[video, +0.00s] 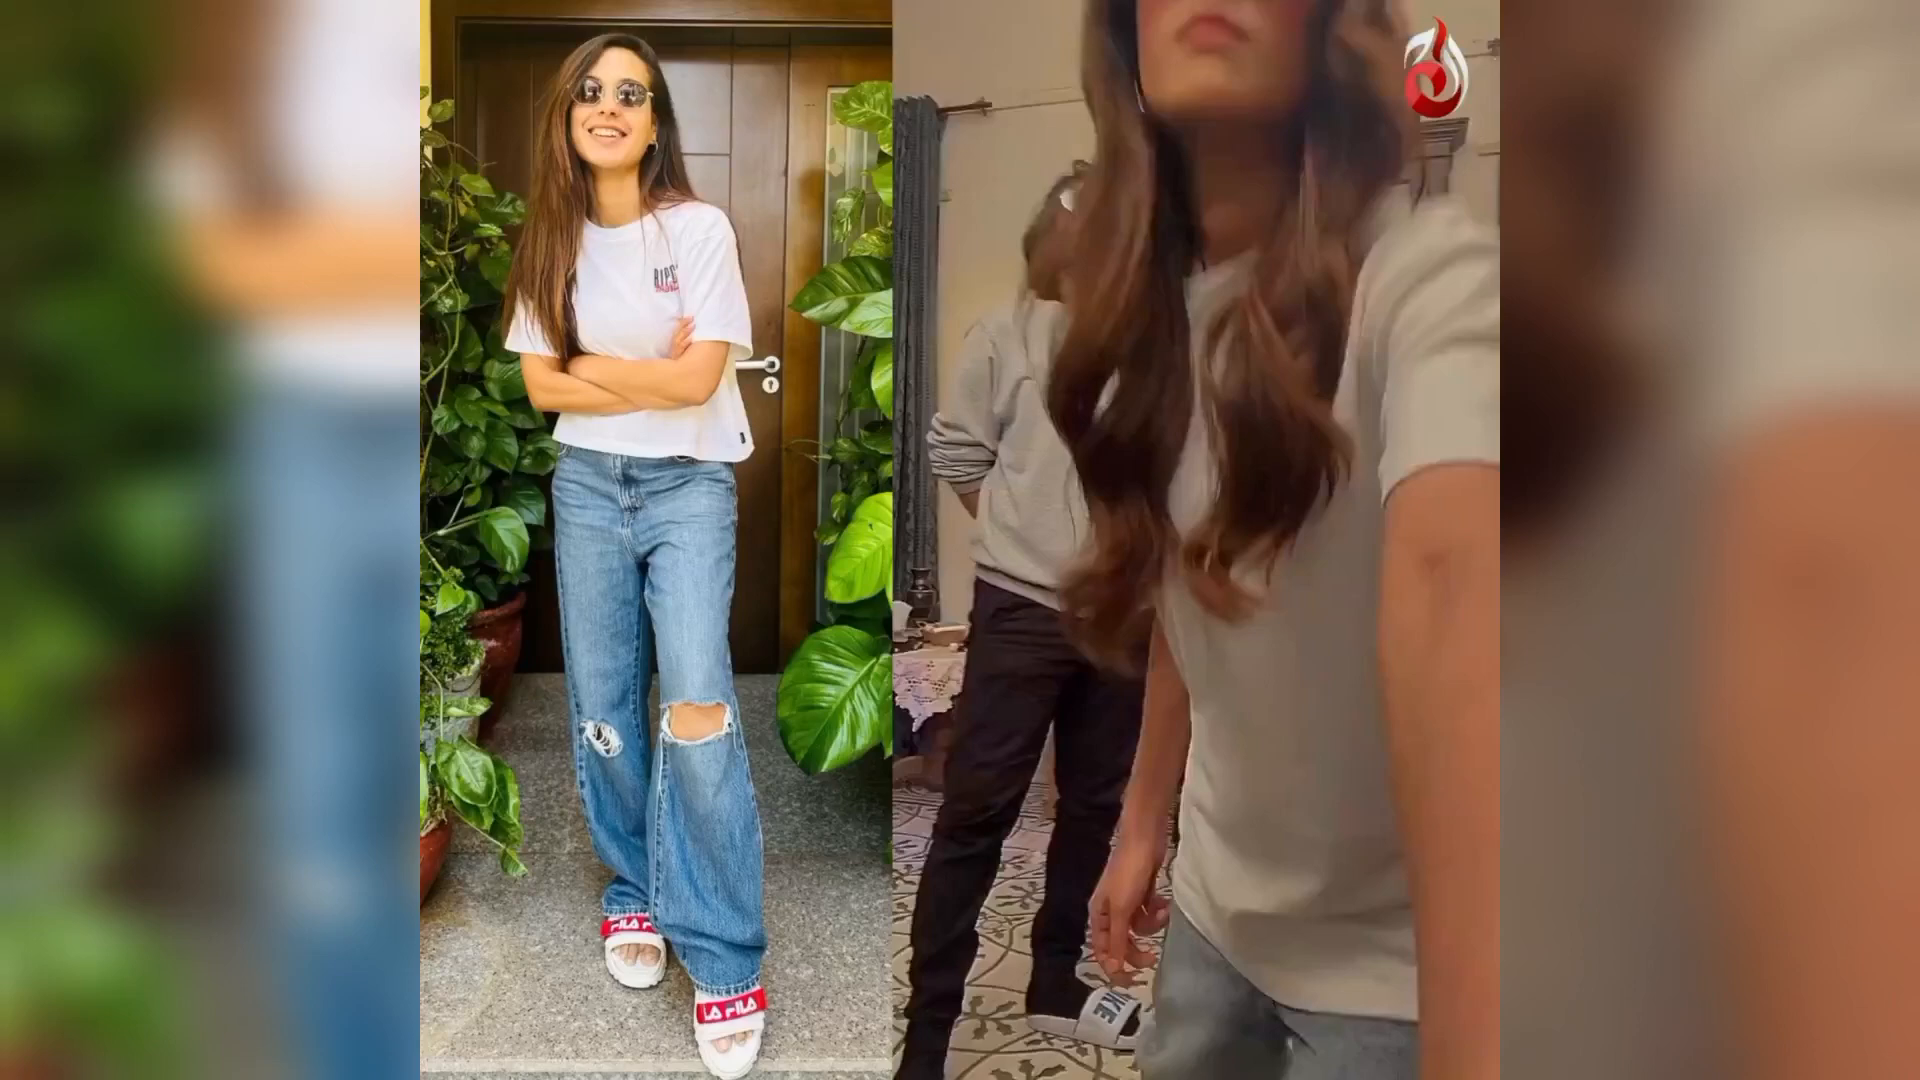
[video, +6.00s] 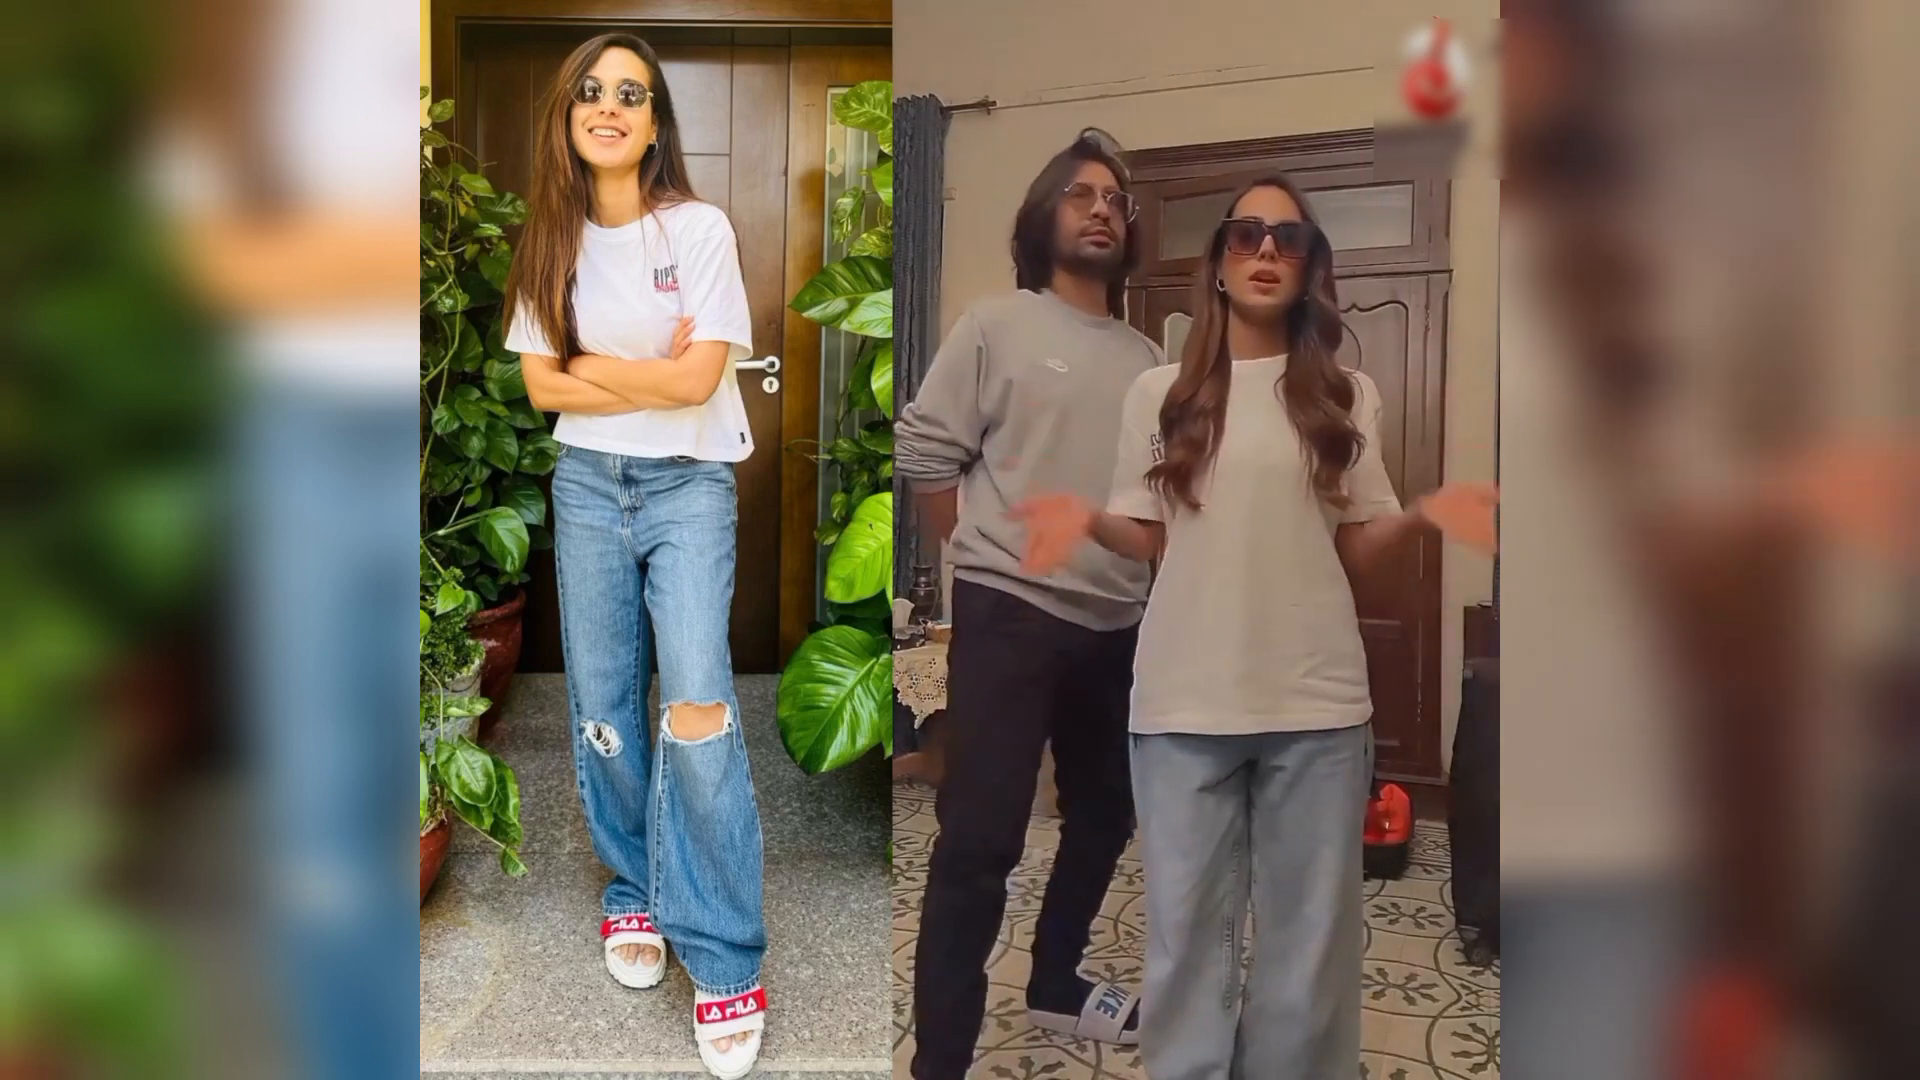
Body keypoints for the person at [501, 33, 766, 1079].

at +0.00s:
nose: (610, 111)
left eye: (630, 98)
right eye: (593, 95)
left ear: (656, 121)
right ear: (566, 116)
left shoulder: (699, 226)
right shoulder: (550, 240)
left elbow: (699, 378)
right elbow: (540, 385)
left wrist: (575, 362)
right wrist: (662, 379)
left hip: (689, 482)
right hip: (585, 484)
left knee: (694, 710)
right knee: (603, 709)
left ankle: (725, 959)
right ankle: (632, 892)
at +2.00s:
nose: (610, 111)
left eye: (630, 97)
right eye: (593, 95)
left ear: (657, 121)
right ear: (566, 117)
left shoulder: (700, 226)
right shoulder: (550, 240)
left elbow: (699, 379)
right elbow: (541, 386)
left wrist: (576, 362)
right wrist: (662, 379)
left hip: (689, 482)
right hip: (585, 484)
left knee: (695, 709)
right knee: (603, 709)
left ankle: (724, 957)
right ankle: (631, 890)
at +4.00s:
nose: (610, 111)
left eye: (630, 97)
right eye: (593, 95)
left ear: (656, 121)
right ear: (566, 117)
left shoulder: (699, 225)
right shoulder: (549, 240)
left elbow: (698, 378)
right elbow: (541, 385)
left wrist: (576, 362)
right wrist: (662, 379)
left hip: (689, 482)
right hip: (585, 484)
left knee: (694, 709)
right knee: (603, 708)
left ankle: (724, 958)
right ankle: (631, 891)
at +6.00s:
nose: (610, 111)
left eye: (629, 97)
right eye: (593, 95)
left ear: (656, 122)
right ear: (566, 117)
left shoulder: (699, 226)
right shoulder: (549, 239)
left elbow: (698, 378)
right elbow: (540, 385)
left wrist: (576, 362)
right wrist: (662, 378)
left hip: (689, 481)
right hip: (584, 483)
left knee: (695, 709)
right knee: (602, 708)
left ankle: (724, 955)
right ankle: (631, 890)